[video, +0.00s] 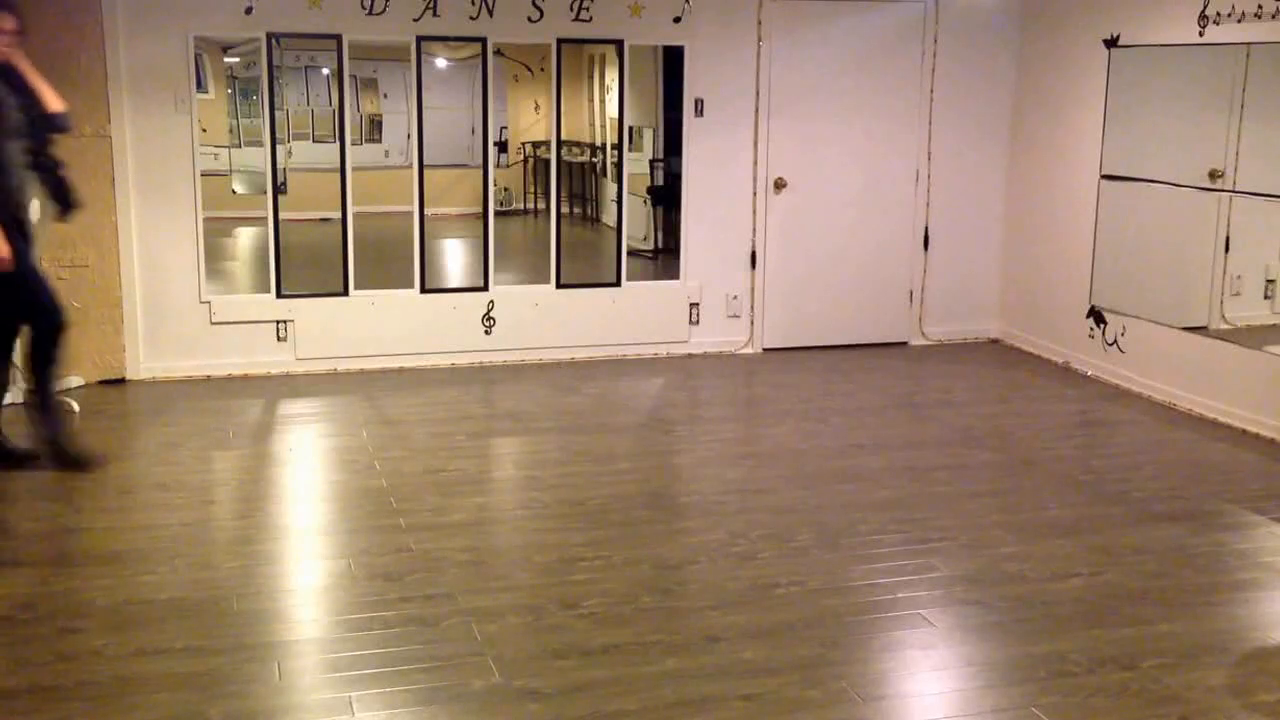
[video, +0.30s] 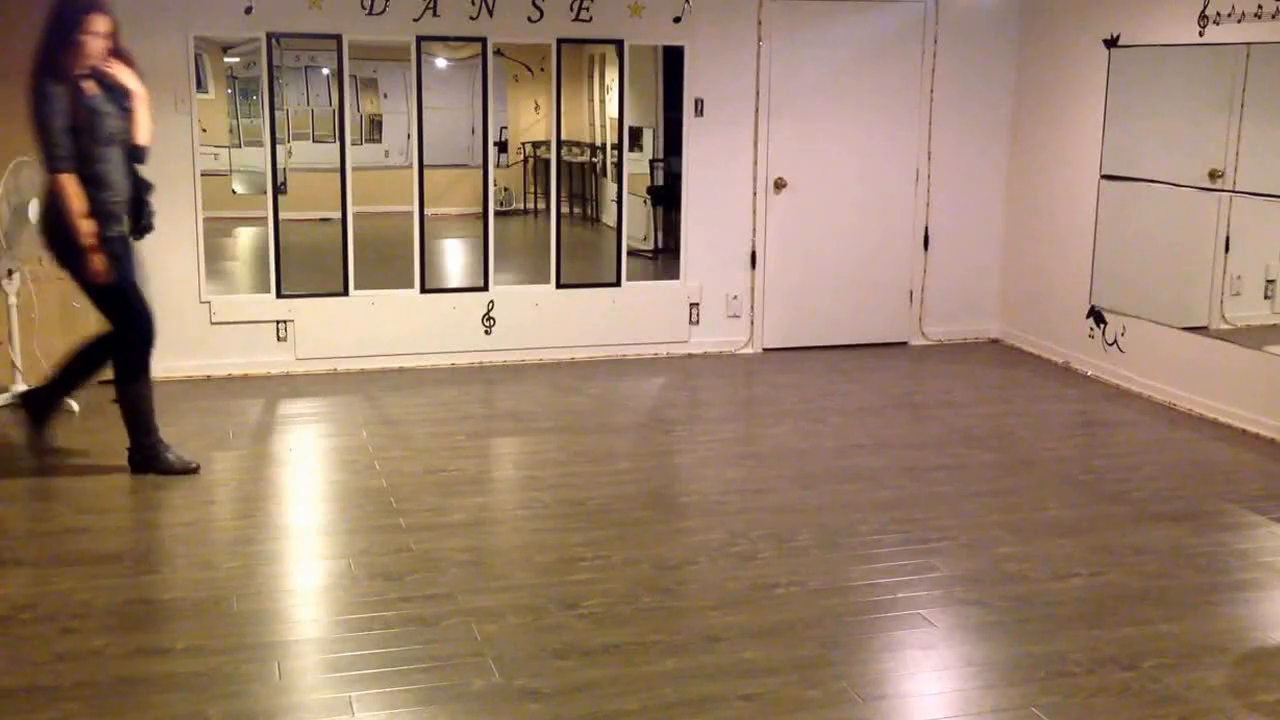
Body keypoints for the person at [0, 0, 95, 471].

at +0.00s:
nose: (7, 43)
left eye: (11, 35)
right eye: (2, 34)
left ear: (18, 39)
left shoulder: (14, 85)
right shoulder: (6, 86)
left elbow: (58, 118)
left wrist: (19, 59)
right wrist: (0, 233)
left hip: (18, 231)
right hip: (2, 233)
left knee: (3, 334)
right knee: (48, 318)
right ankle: (50, 432)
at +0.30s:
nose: (96, 45)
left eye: (104, 37)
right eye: (87, 35)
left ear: (112, 42)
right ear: (66, 36)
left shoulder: (108, 84)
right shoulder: (55, 87)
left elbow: (137, 149)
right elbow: (61, 169)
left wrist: (138, 92)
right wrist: (89, 244)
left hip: (114, 218)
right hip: (79, 221)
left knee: (126, 327)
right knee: (134, 325)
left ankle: (43, 399)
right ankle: (145, 447)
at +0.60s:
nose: (207, 38)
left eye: (209, 30)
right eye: (199, 27)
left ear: (203, 36)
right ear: (170, 29)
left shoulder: (194, 85)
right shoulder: (151, 84)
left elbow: (230, 133)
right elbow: (163, 168)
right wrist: (212, 235)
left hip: (210, 227)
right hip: (166, 229)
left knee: (246, 324)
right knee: (169, 334)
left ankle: (280, 435)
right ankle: (146, 447)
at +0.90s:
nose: (297, 44)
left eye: (298, 33)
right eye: (285, 33)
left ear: (291, 36)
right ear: (255, 35)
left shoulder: (281, 88)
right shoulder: (241, 87)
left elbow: (291, 161)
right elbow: (247, 169)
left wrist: (327, 192)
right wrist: (297, 234)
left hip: (301, 227)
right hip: (264, 232)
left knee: (318, 337)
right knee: (304, 338)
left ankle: (317, 448)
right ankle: (217, 413)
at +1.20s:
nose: (369, 42)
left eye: (376, 32)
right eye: (360, 32)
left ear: (390, 38)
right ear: (347, 39)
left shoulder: (388, 96)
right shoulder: (344, 100)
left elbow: (388, 170)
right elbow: (338, 184)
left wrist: (421, 205)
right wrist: (396, 220)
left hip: (384, 236)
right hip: (360, 239)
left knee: (362, 343)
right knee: (416, 342)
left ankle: (318, 444)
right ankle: (455, 465)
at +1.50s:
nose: (469, 29)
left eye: (466, 20)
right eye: (462, 21)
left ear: (431, 31)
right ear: (442, 29)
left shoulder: (443, 85)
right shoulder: (434, 92)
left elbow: (461, 166)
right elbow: (455, 175)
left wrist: (506, 214)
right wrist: (510, 220)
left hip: (457, 234)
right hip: (450, 237)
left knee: (494, 337)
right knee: (485, 342)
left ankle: (422, 422)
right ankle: (470, 472)